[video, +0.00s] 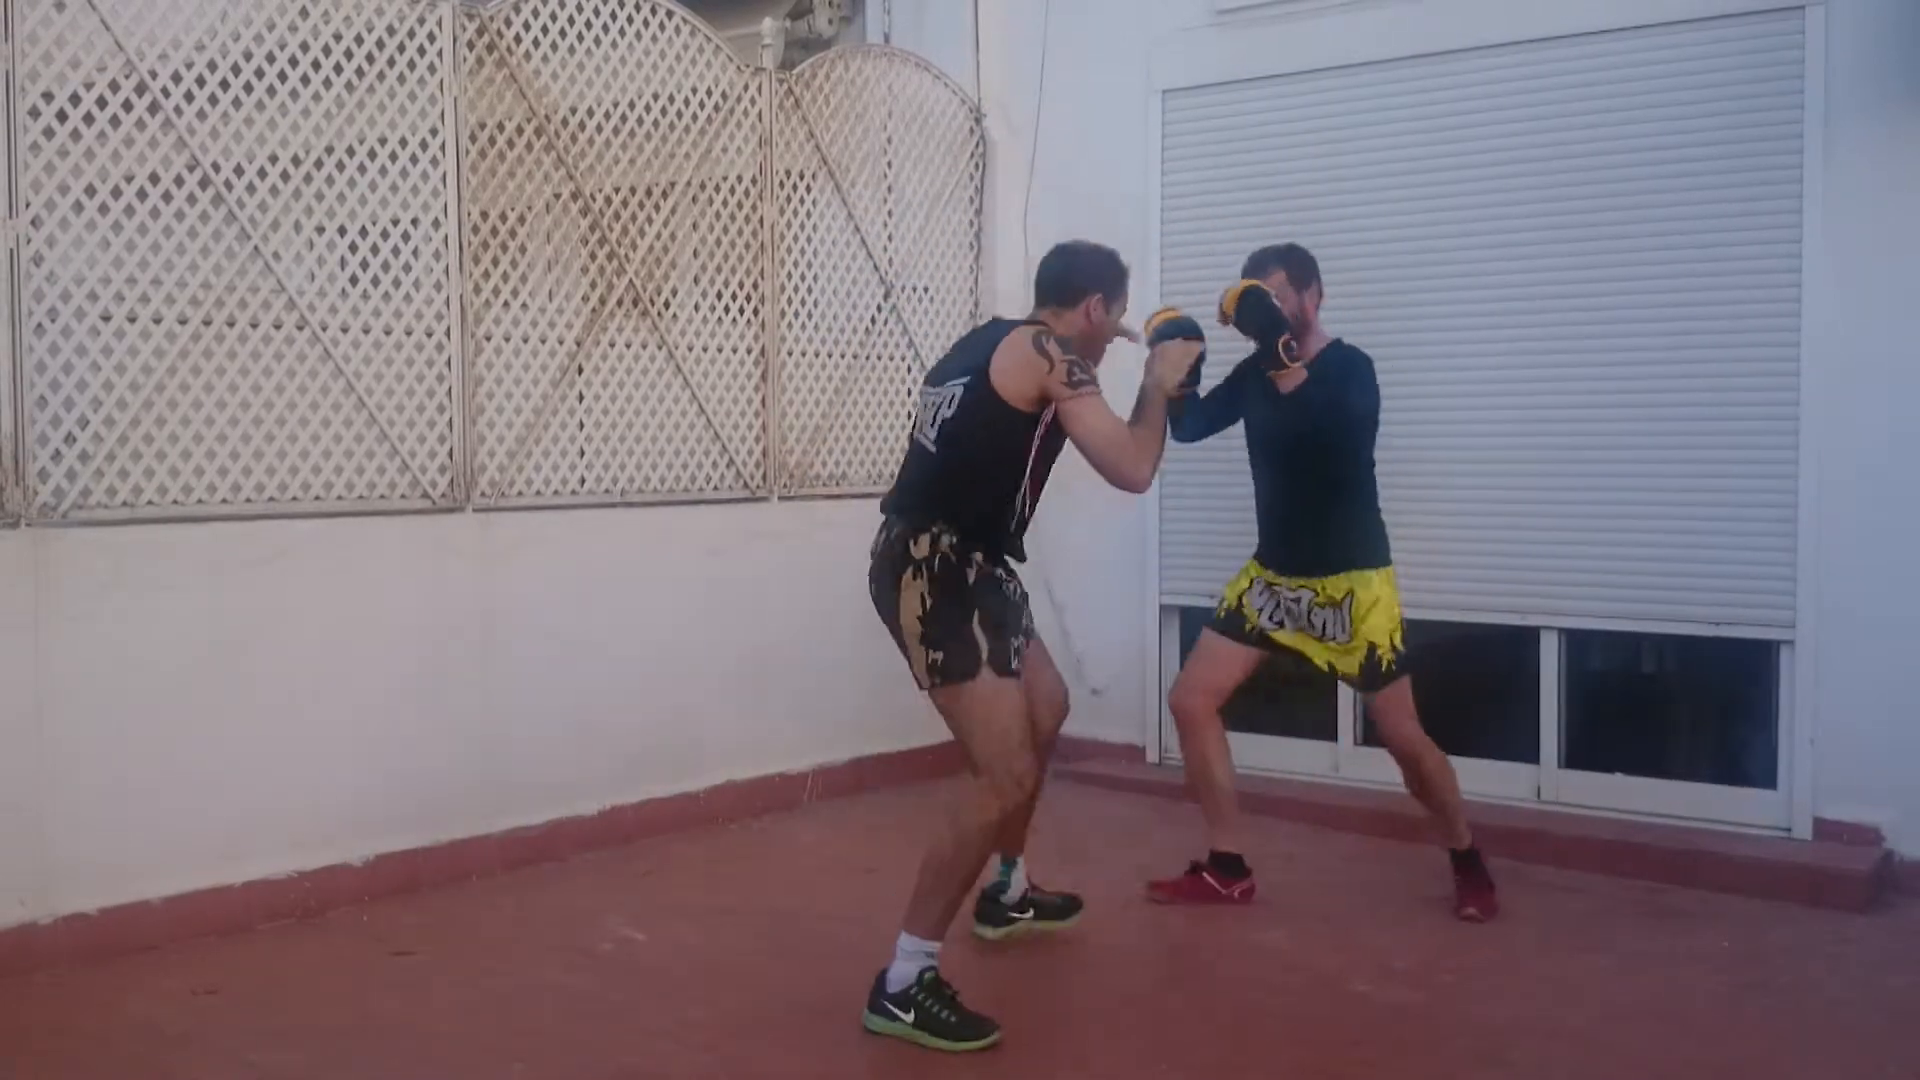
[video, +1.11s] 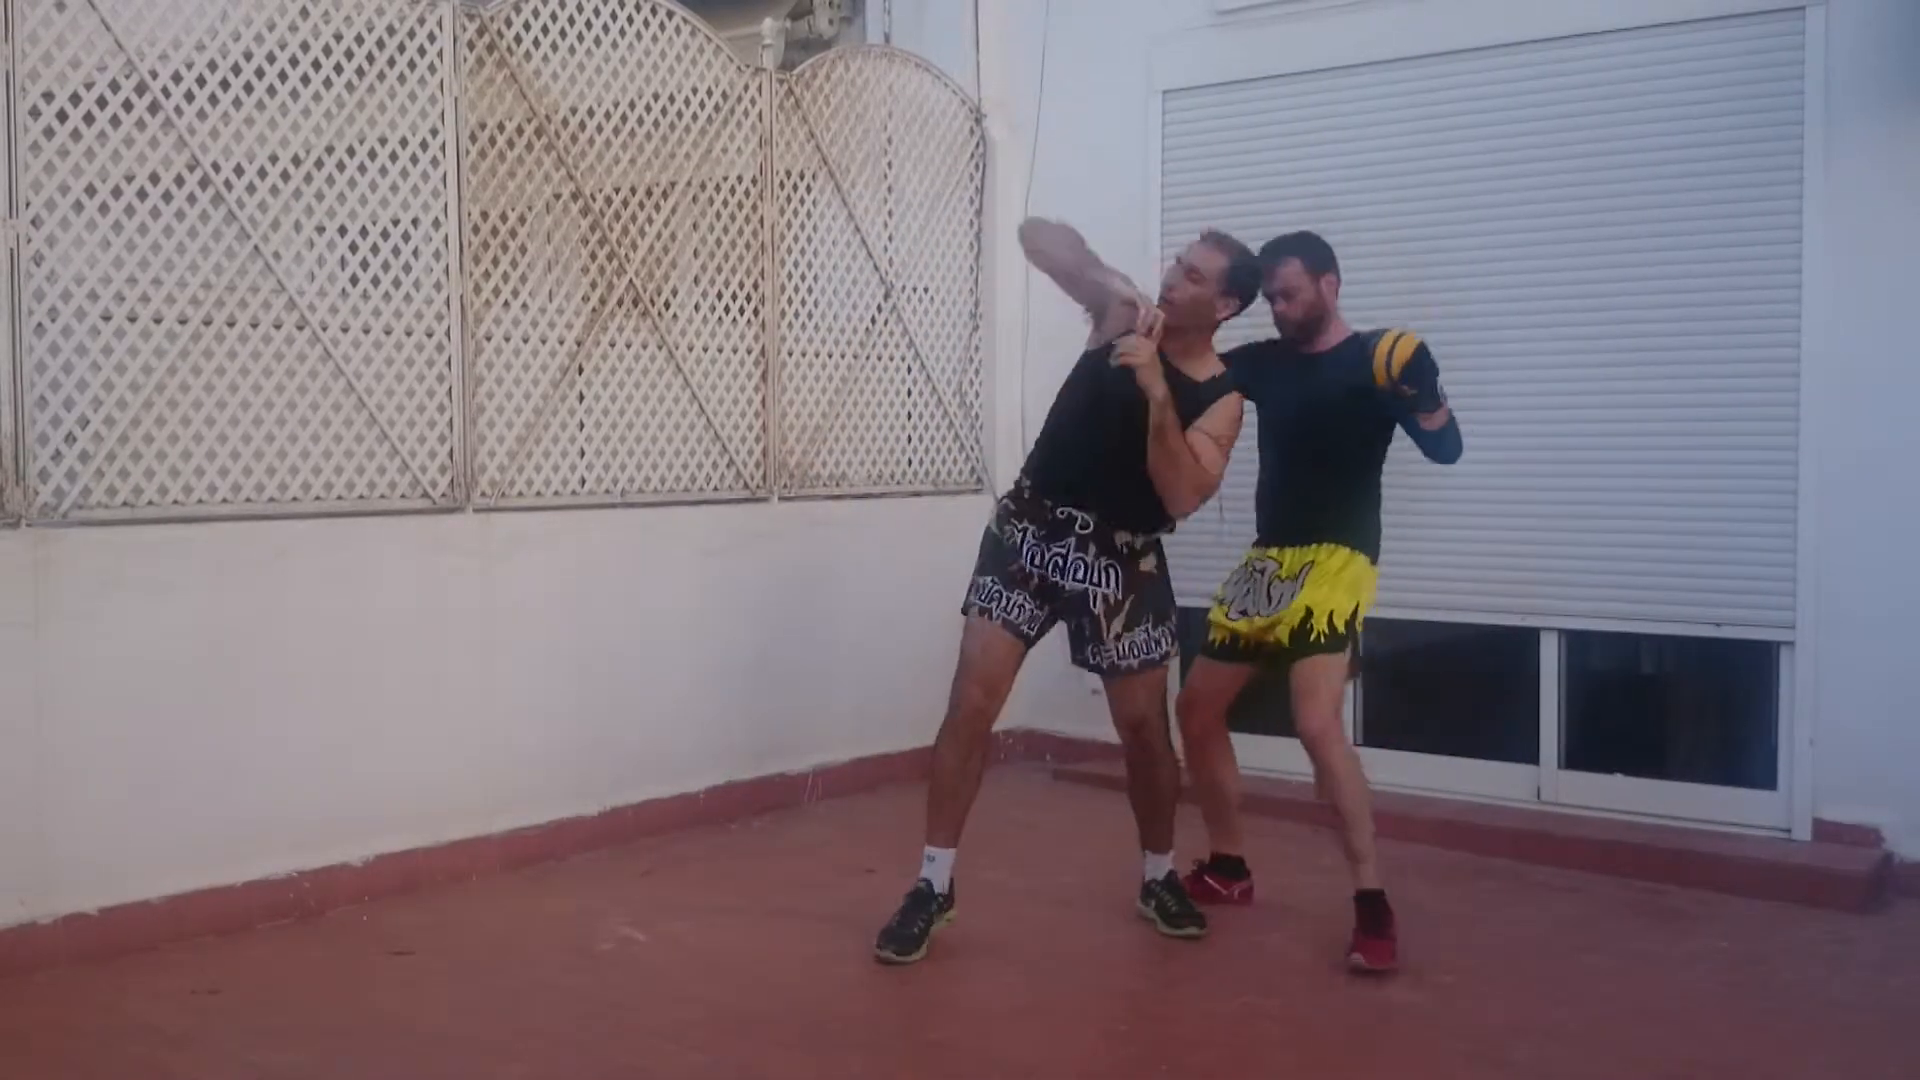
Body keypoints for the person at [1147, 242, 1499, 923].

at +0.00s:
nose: (1263, 312)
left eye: (1272, 297)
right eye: (1255, 302)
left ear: (1312, 297)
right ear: (1250, 310)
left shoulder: (1350, 367)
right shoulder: (1255, 372)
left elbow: (1350, 439)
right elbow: (1187, 425)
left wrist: (1285, 366)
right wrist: (1177, 361)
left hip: (1355, 576)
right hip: (1273, 571)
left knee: (1404, 739)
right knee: (1191, 701)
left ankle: (1467, 859)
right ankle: (1226, 864)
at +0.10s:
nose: (1245, 314)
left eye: (1256, 300)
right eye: (1235, 304)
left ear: (1290, 294)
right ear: (1226, 305)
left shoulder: (1324, 356)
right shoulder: (1220, 371)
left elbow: (1378, 416)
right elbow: (1144, 401)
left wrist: (1346, 362)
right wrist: (1143, 336)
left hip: (1317, 566)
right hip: (1241, 568)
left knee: (1350, 717)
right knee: (1175, 711)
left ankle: (1439, 839)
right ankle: (1225, 867)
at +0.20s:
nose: (1226, 309)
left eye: (1237, 295)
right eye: (1214, 298)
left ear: (1270, 286)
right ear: (1205, 297)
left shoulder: (1310, 361)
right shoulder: (1197, 367)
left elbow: (1385, 408)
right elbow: (1100, 409)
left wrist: (1426, 403)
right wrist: (1111, 335)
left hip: (1288, 544)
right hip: (1218, 554)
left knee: (1293, 690)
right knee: (1171, 709)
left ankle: (1340, 863)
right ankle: (1224, 867)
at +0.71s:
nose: (1197, 295)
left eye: (1208, 286)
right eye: (1199, 285)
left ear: (1236, 304)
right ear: (1220, 311)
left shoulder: (1307, 371)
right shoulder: (1199, 372)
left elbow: (1389, 418)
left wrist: (1384, 342)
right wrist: (1165, 308)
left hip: (1270, 550)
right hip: (1199, 554)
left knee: (1246, 712)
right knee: (1168, 727)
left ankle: (1253, 901)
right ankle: (1226, 860)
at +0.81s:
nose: (1226, 309)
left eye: (1236, 297)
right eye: (1220, 298)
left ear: (1271, 301)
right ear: (1217, 307)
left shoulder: (1324, 369)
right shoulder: (1216, 375)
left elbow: (1396, 437)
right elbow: (1179, 477)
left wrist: (1388, 361)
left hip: (1275, 556)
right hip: (1207, 556)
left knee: (1248, 713)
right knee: (1170, 725)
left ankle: (1254, 905)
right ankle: (1227, 864)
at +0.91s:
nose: (1256, 317)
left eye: (1265, 304)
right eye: (1246, 307)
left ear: (1286, 302)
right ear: (1231, 310)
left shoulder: (1341, 373)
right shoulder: (1229, 370)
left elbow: (1409, 448)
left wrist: (1406, 380)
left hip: (1288, 556)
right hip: (1220, 554)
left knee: (1256, 718)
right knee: (1177, 726)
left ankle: (1257, 907)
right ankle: (1228, 861)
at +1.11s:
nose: (1277, 309)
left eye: (1287, 295)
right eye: (1270, 298)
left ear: (1329, 286)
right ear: (1266, 300)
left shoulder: (1380, 360)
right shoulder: (1262, 361)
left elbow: (1446, 450)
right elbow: (1183, 393)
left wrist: (1424, 398)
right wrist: (1141, 338)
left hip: (1337, 557)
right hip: (1267, 556)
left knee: (1316, 722)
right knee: (1198, 711)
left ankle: (1370, 903)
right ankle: (1227, 866)